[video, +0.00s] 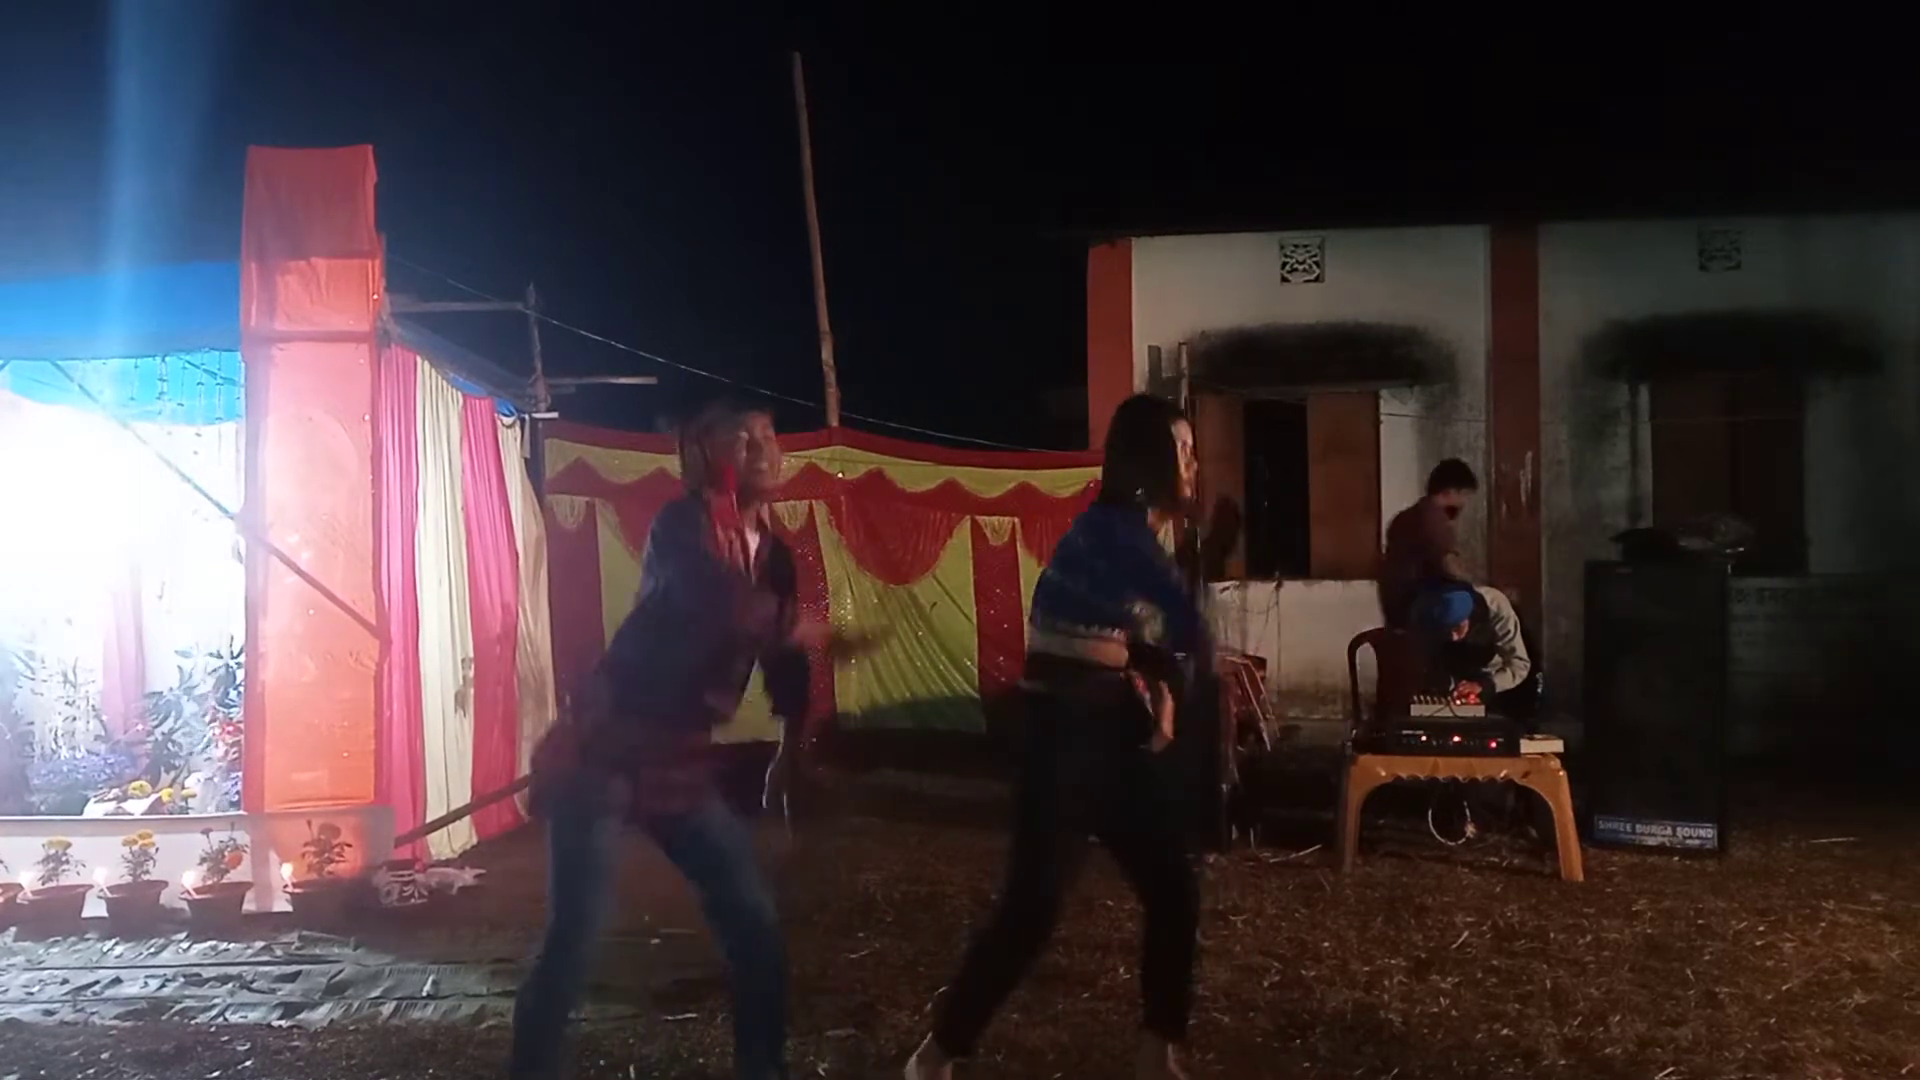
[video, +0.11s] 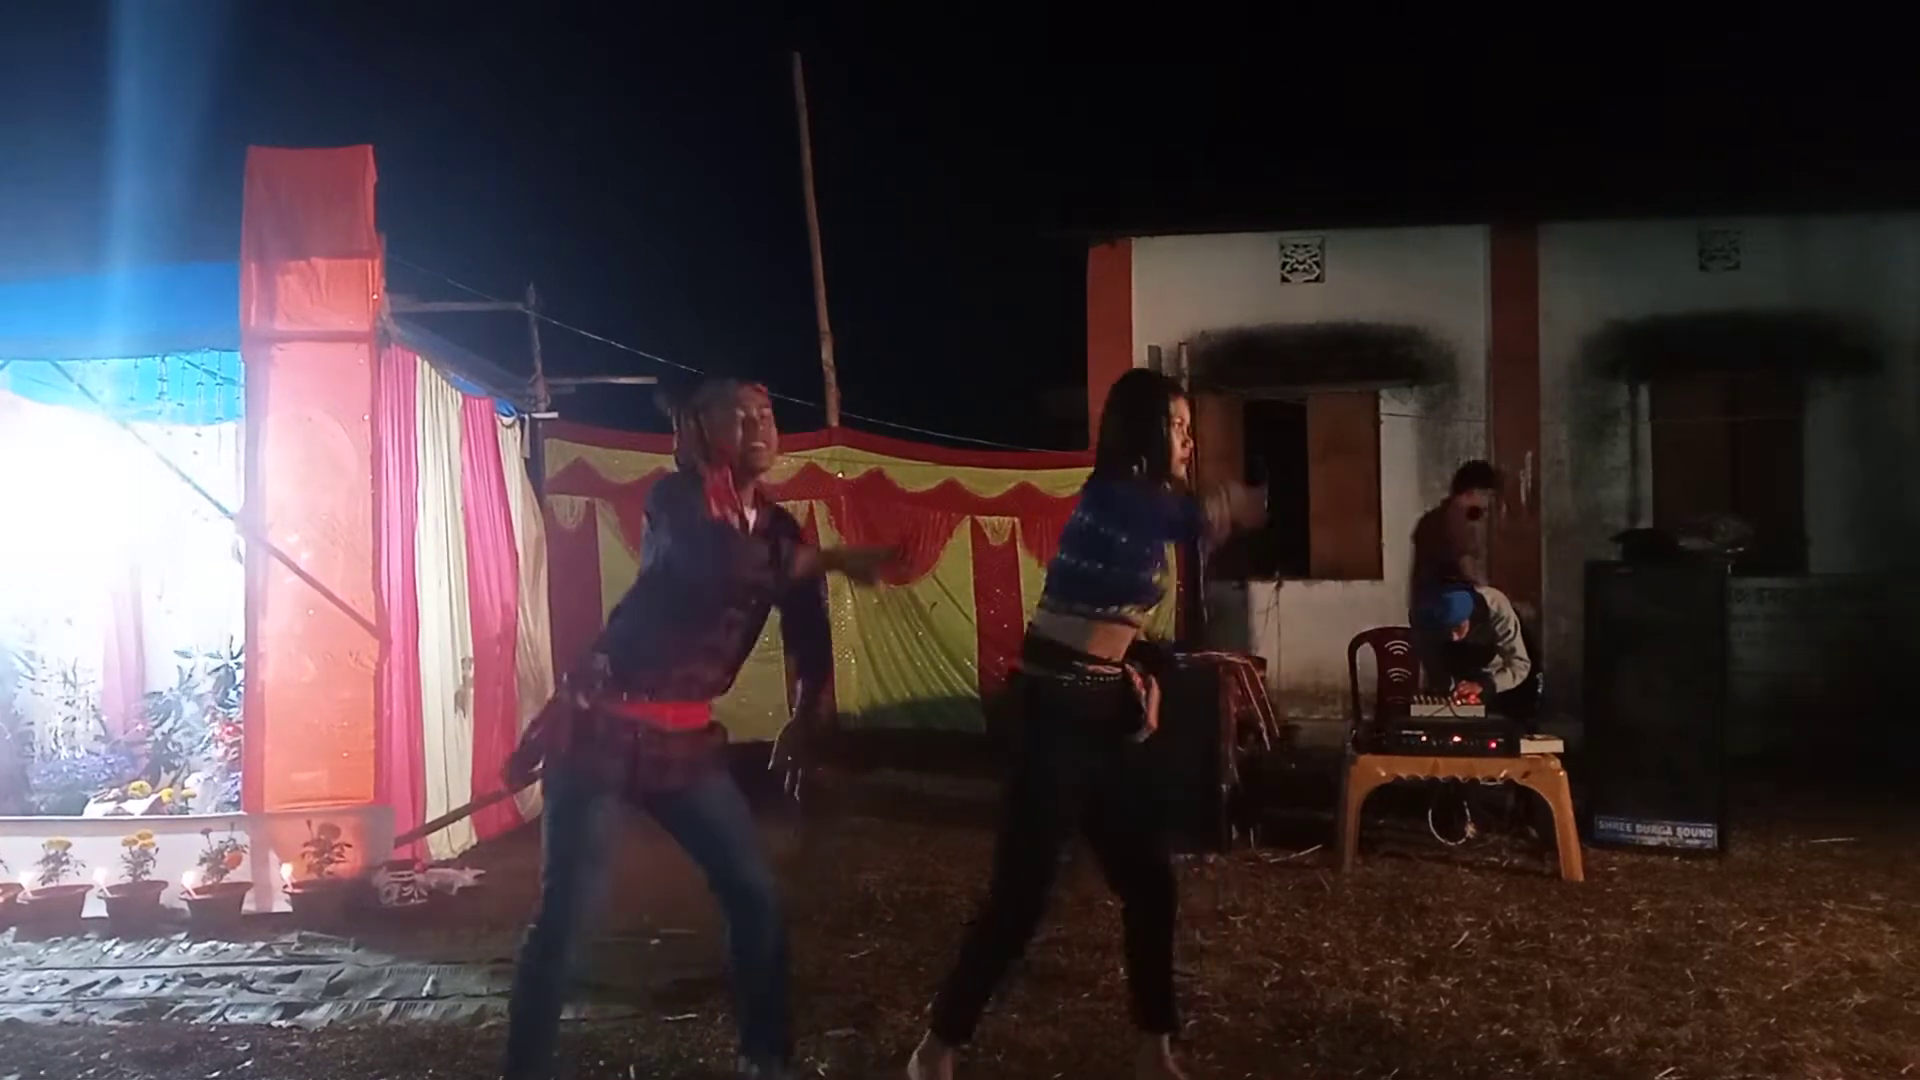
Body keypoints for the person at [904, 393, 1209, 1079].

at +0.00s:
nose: (1192, 465)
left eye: (1191, 450)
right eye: (1183, 451)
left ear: (1128, 455)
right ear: (1153, 456)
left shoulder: (1106, 525)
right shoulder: (1121, 531)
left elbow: (1100, 639)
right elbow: (1191, 631)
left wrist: (1154, 683)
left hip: (1102, 730)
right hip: (1063, 731)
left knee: (1173, 888)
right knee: (1032, 906)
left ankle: (1161, 1052)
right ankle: (934, 1055)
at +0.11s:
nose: (1186, 440)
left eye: (1187, 427)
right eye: (1175, 427)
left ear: (1174, 430)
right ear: (1141, 430)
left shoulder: (1138, 498)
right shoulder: (1120, 493)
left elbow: (1104, 616)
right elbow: (1195, 522)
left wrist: (1137, 674)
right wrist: (1233, 502)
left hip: (1097, 702)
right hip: (1048, 699)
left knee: (1150, 885)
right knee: (1020, 894)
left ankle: (1157, 1052)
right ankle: (936, 1051)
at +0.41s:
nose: (1147, 469)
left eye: (1150, 455)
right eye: (1131, 455)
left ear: (1153, 462)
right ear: (1096, 463)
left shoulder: (1147, 545)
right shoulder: (1059, 543)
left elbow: (1150, 644)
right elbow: (1028, 654)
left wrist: (1176, 710)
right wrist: (1110, 665)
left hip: (1122, 741)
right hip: (1056, 743)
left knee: (1192, 912)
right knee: (1025, 926)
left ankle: (1165, 1052)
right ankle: (943, 1062)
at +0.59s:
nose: (1084, 414)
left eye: (1101, 401)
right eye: (1074, 400)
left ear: (1128, 409)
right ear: (1058, 405)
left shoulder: (1165, 490)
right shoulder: (1049, 484)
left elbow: (1223, 590)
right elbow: (1006, 571)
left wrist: (1198, 681)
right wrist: (1017, 487)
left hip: (1154, 684)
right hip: (1071, 682)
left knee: (1189, 862)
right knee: (1047, 861)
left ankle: (1239, 1037)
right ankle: (1037, 1037)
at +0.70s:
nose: (1068, 445)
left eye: (1084, 431)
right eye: (1063, 430)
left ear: (1122, 439)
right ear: (1057, 437)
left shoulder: (1162, 518)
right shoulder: (1048, 520)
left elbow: (1228, 622)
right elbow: (1011, 623)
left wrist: (1183, 707)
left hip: (1162, 721)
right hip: (1082, 723)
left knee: (1210, 898)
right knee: (1047, 906)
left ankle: (1296, 1048)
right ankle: (1063, 1054)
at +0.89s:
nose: (1060, 467)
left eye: (1078, 457)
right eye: (1058, 453)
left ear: (1112, 470)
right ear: (1053, 461)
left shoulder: (1151, 541)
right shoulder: (1057, 558)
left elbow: (1228, 638)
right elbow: (1015, 650)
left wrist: (1179, 729)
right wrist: (998, 681)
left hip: (1181, 731)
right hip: (1107, 737)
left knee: (1221, 913)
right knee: (1062, 915)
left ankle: (1306, 1061)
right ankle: (1058, 1057)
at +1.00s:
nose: (1064, 437)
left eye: (1081, 425)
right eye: (1059, 422)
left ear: (1120, 433)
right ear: (1054, 428)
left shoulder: (1150, 509)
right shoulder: (1057, 522)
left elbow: (1227, 597)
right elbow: (975, 583)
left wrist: (1189, 692)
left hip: (1195, 700)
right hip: (1124, 707)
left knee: (1242, 885)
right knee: (1086, 881)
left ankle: (1311, 1052)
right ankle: (1064, 1050)